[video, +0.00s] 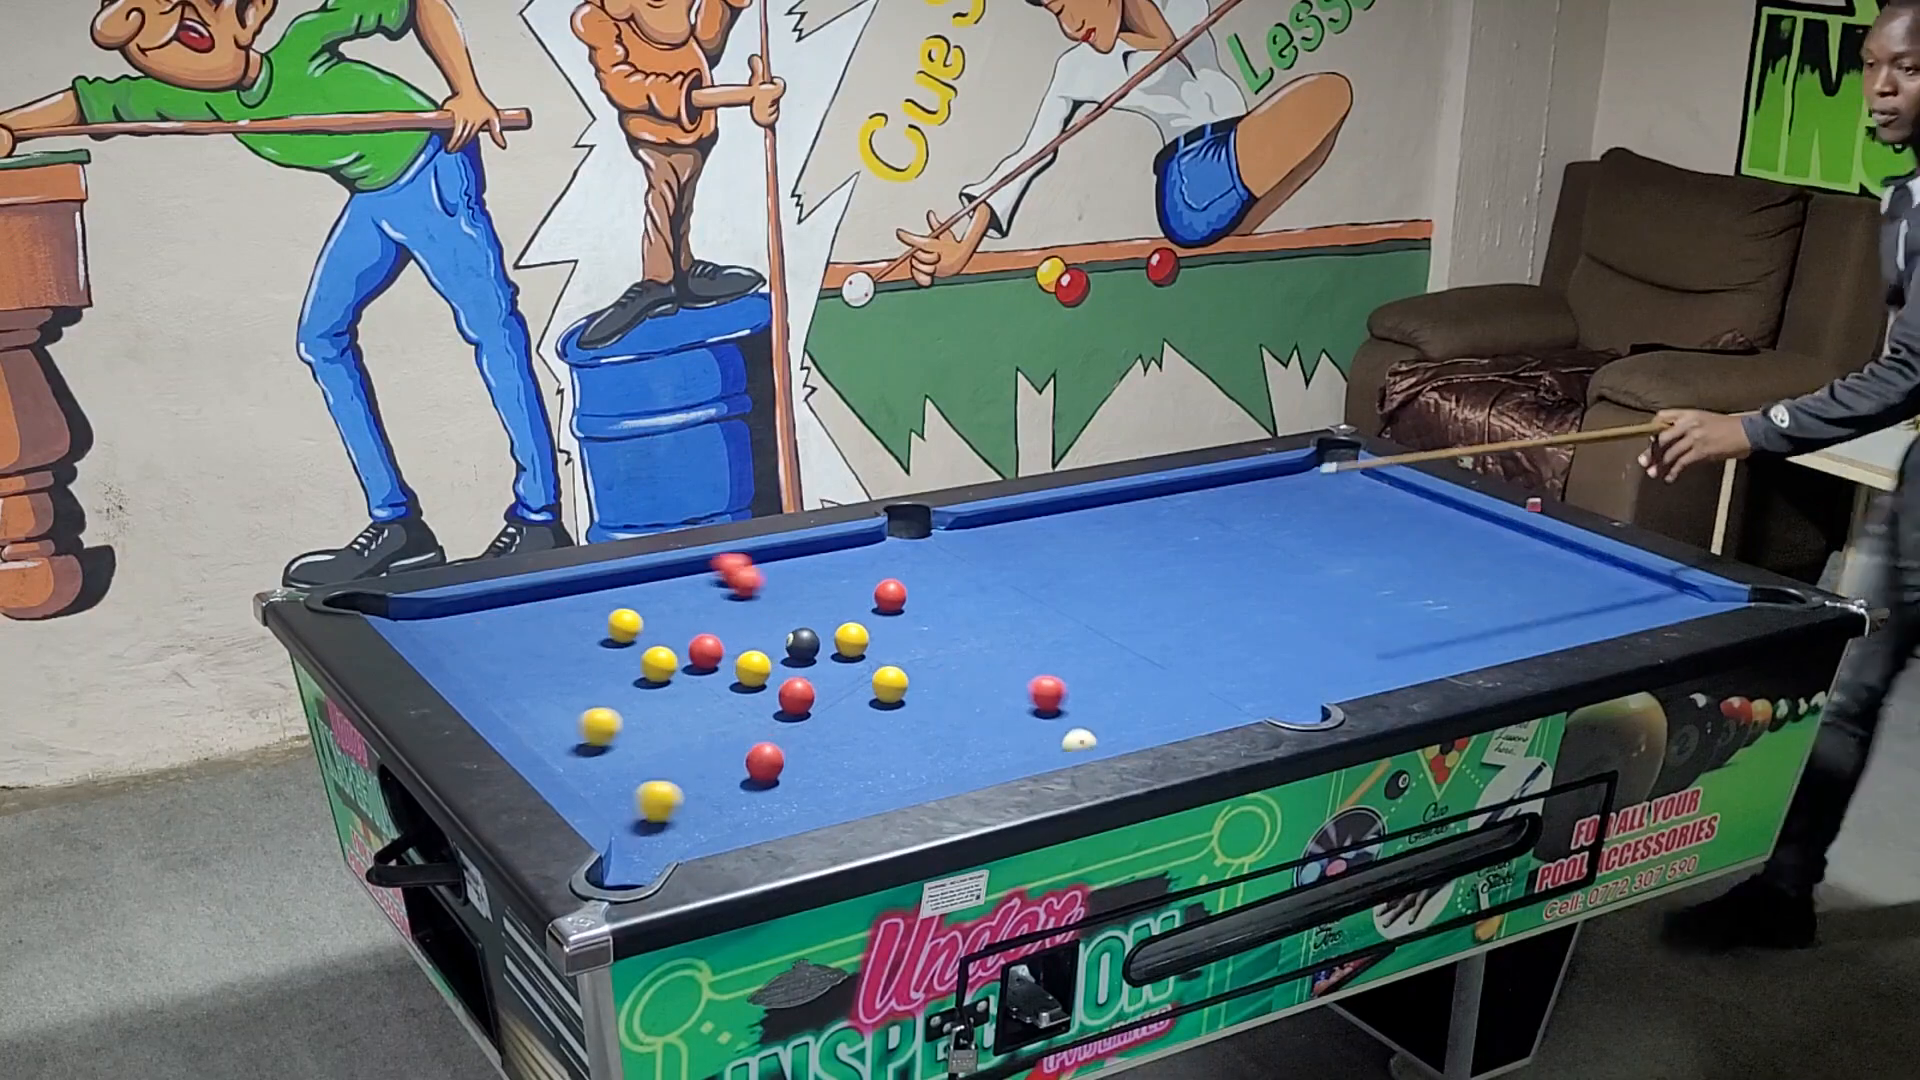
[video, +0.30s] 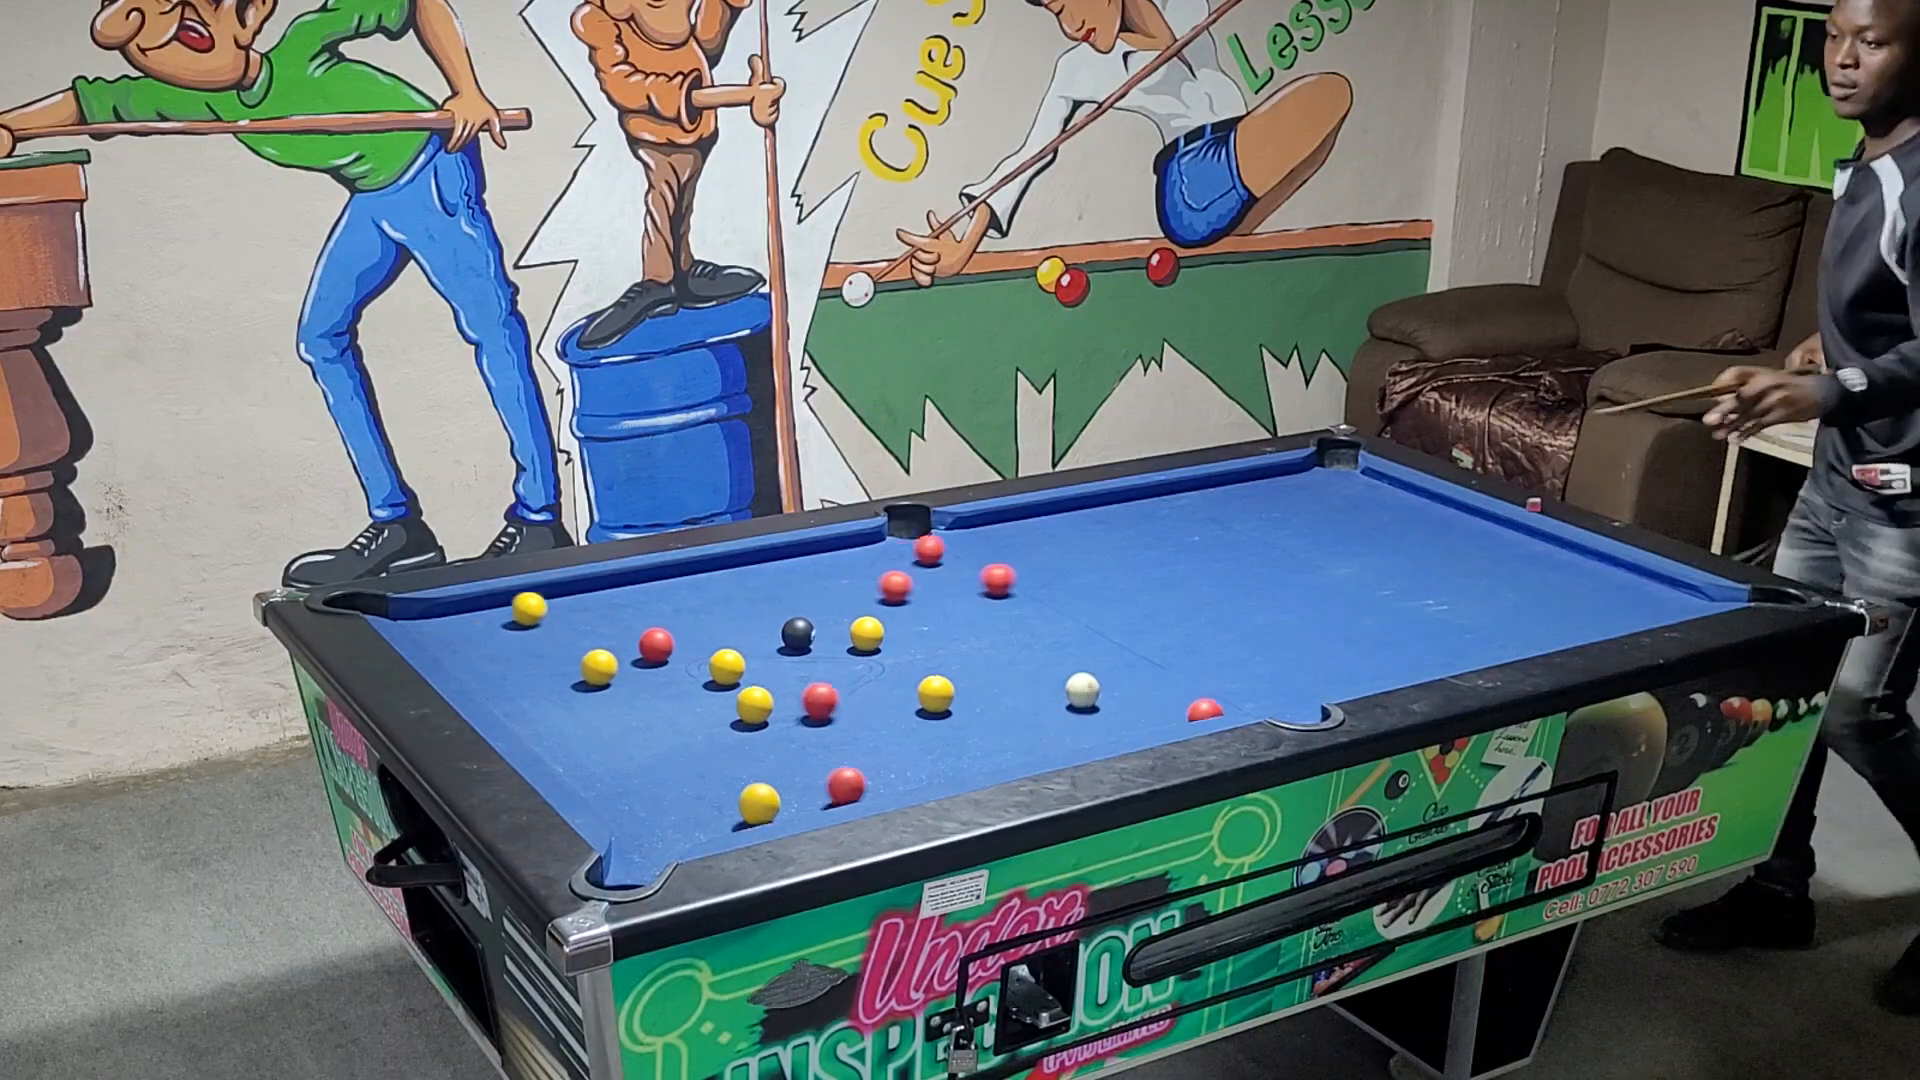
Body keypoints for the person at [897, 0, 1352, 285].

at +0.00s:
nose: (1069, 23)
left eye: (1071, 4)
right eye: (1056, 15)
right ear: (1055, 18)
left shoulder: (1173, 10)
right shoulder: (1075, 69)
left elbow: (1196, 56)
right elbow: (1028, 156)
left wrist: (1141, 15)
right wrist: (964, 245)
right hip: (1194, 173)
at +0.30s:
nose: (1069, 23)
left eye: (1071, 4)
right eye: (1056, 15)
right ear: (1055, 18)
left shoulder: (1173, 10)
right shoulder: (1076, 69)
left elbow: (1197, 56)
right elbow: (1028, 156)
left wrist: (1142, 16)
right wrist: (964, 245)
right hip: (1193, 174)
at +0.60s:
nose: (1069, 24)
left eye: (1070, 5)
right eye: (1056, 15)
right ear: (1055, 18)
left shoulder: (1176, 10)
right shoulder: (1076, 68)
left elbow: (1197, 58)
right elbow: (1028, 156)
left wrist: (1140, 12)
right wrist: (964, 245)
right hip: (1191, 183)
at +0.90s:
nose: (1069, 25)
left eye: (1069, 6)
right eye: (1057, 16)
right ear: (1056, 18)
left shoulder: (1177, 10)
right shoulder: (1077, 68)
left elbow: (1199, 60)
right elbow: (1028, 157)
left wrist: (1142, 15)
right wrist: (964, 246)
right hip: (1191, 184)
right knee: (1330, 92)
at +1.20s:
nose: (1069, 24)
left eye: (1070, 5)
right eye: (1056, 15)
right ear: (1056, 18)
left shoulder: (1175, 10)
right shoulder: (1076, 69)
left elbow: (1198, 57)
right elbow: (1028, 156)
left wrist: (1138, 13)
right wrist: (964, 246)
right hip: (1192, 183)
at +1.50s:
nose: (1070, 25)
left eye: (1070, 6)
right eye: (1057, 16)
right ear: (1056, 18)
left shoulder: (1177, 10)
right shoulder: (1077, 69)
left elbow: (1198, 59)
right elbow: (1028, 157)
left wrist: (1143, 17)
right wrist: (963, 246)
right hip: (1190, 185)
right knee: (1330, 92)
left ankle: (1239, 231)